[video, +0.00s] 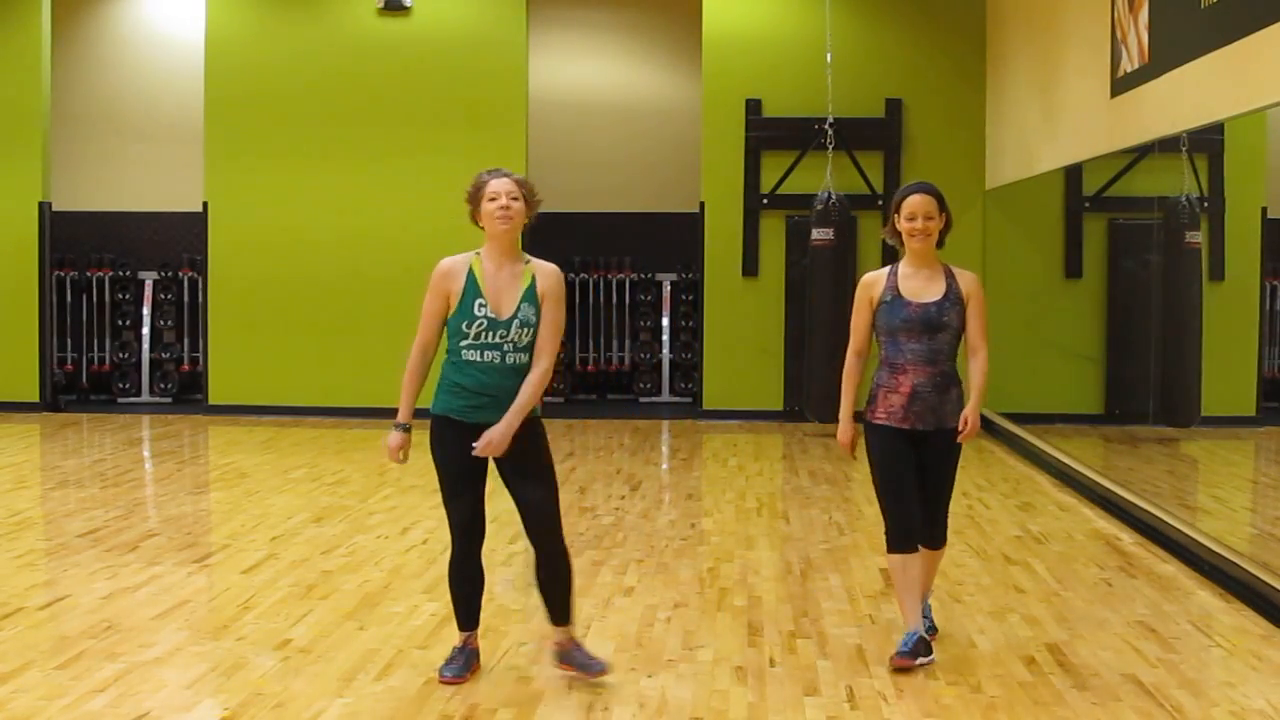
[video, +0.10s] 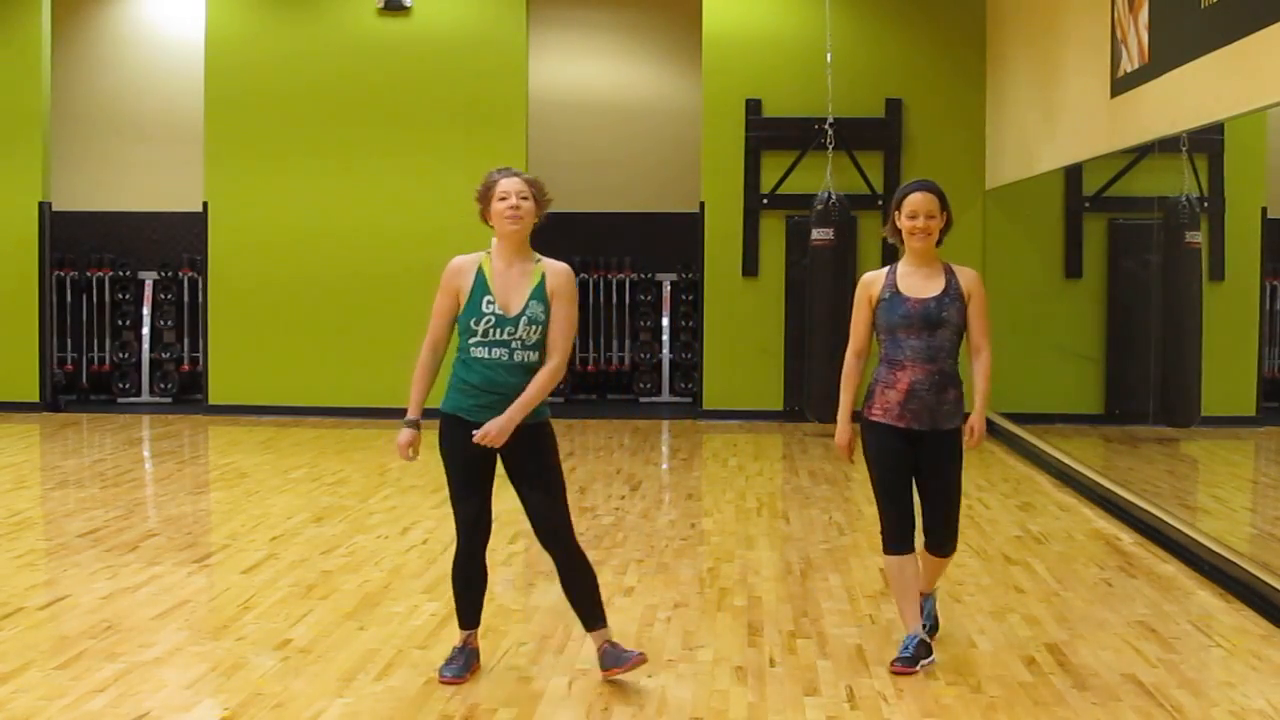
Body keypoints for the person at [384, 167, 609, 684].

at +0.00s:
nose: (505, 205)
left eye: (514, 198)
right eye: (494, 199)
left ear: (527, 212)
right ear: (477, 213)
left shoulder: (547, 277)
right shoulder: (451, 272)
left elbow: (543, 364)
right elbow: (423, 349)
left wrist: (508, 425)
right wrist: (402, 422)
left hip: (518, 420)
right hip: (456, 421)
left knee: (548, 531)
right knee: (466, 535)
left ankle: (565, 639)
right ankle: (467, 642)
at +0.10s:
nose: (513, 204)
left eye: (522, 197)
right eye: (502, 198)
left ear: (537, 211)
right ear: (486, 212)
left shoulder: (556, 276)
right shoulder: (461, 272)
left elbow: (556, 363)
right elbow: (433, 346)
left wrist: (510, 417)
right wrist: (412, 418)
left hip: (526, 422)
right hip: (464, 422)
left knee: (559, 537)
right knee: (471, 537)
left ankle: (604, 643)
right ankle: (467, 642)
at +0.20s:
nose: (524, 203)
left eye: (534, 197)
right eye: (514, 197)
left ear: (550, 213)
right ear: (497, 214)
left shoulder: (569, 274)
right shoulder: (476, 275)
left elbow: (577, 360)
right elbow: (451, 349)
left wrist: (528, 413)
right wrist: (426, 410)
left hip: (545, 422)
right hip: (481, 422)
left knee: (574, 538)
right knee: (479, 538)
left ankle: (611, 649)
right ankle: (468, 643)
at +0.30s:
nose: (537, 207)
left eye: (546, 200)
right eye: (526, 201)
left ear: (561, 214)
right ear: (510, 216)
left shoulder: (584, 274)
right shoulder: (493, 277)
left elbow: (599, 358)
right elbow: (478, 349)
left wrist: (553, 413)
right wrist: (442, 381)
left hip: (567, 425)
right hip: (503, 425)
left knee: (595, 538)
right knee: (485, 541)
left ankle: (619, 652)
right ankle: (475, 643)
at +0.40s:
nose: (545, 210)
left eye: (554, 202)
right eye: (534, 204)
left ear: (570, 215)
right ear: (520, 218)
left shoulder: (595, 274)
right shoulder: (507, 280)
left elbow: (616, 357)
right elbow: (484, 356)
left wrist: (588, 420)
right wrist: (457, 331)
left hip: (586, 425)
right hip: (523, 427)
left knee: (610, 539)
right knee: (486, 532)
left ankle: (621, 652)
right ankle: (492, 641)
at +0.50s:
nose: (549, 211)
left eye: (558, 203)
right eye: (538, 204)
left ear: (574, 213)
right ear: (525, 218)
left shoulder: (600, 271)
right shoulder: (514, 277)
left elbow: (625, 353)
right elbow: (466, 335)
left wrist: (627, 425)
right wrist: (467, 272)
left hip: (598, 426)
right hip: (535, 426)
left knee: (614, 541)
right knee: (486, 526)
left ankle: (622, 653)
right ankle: (491, 640)